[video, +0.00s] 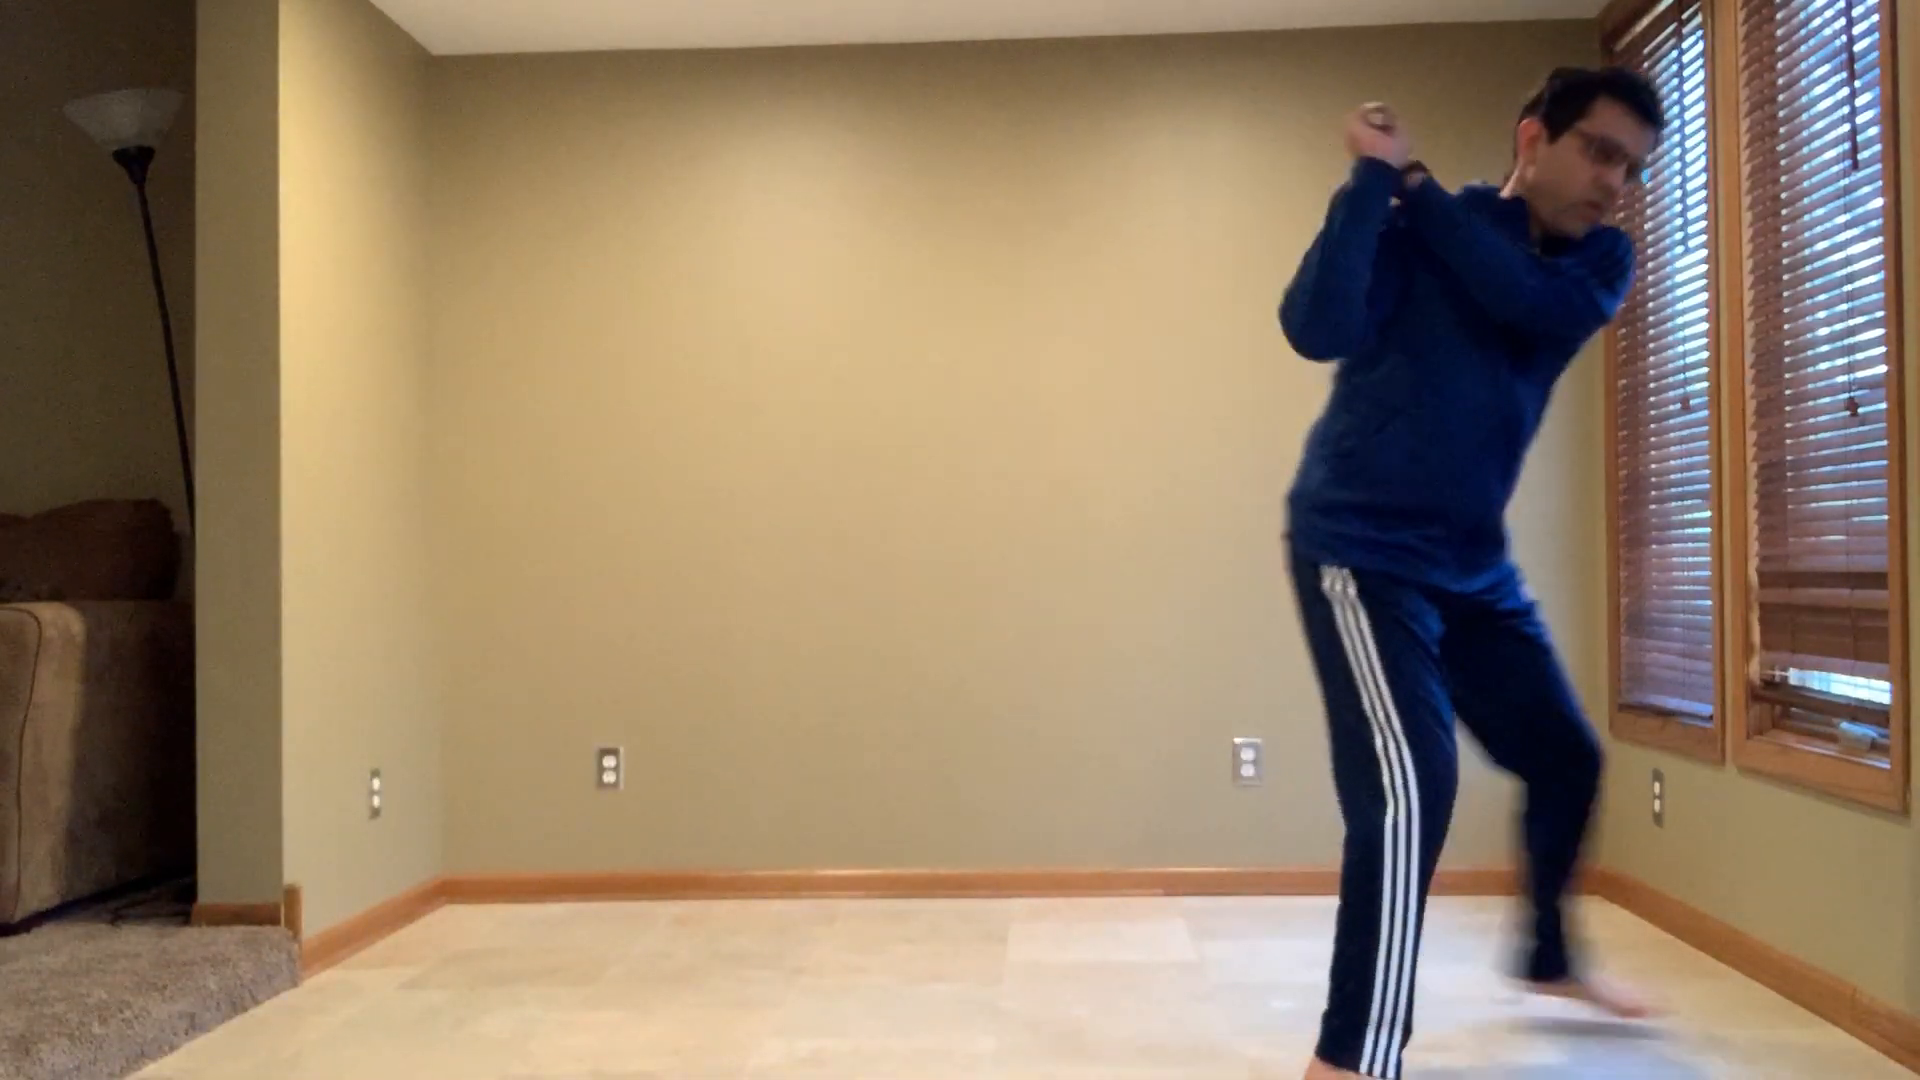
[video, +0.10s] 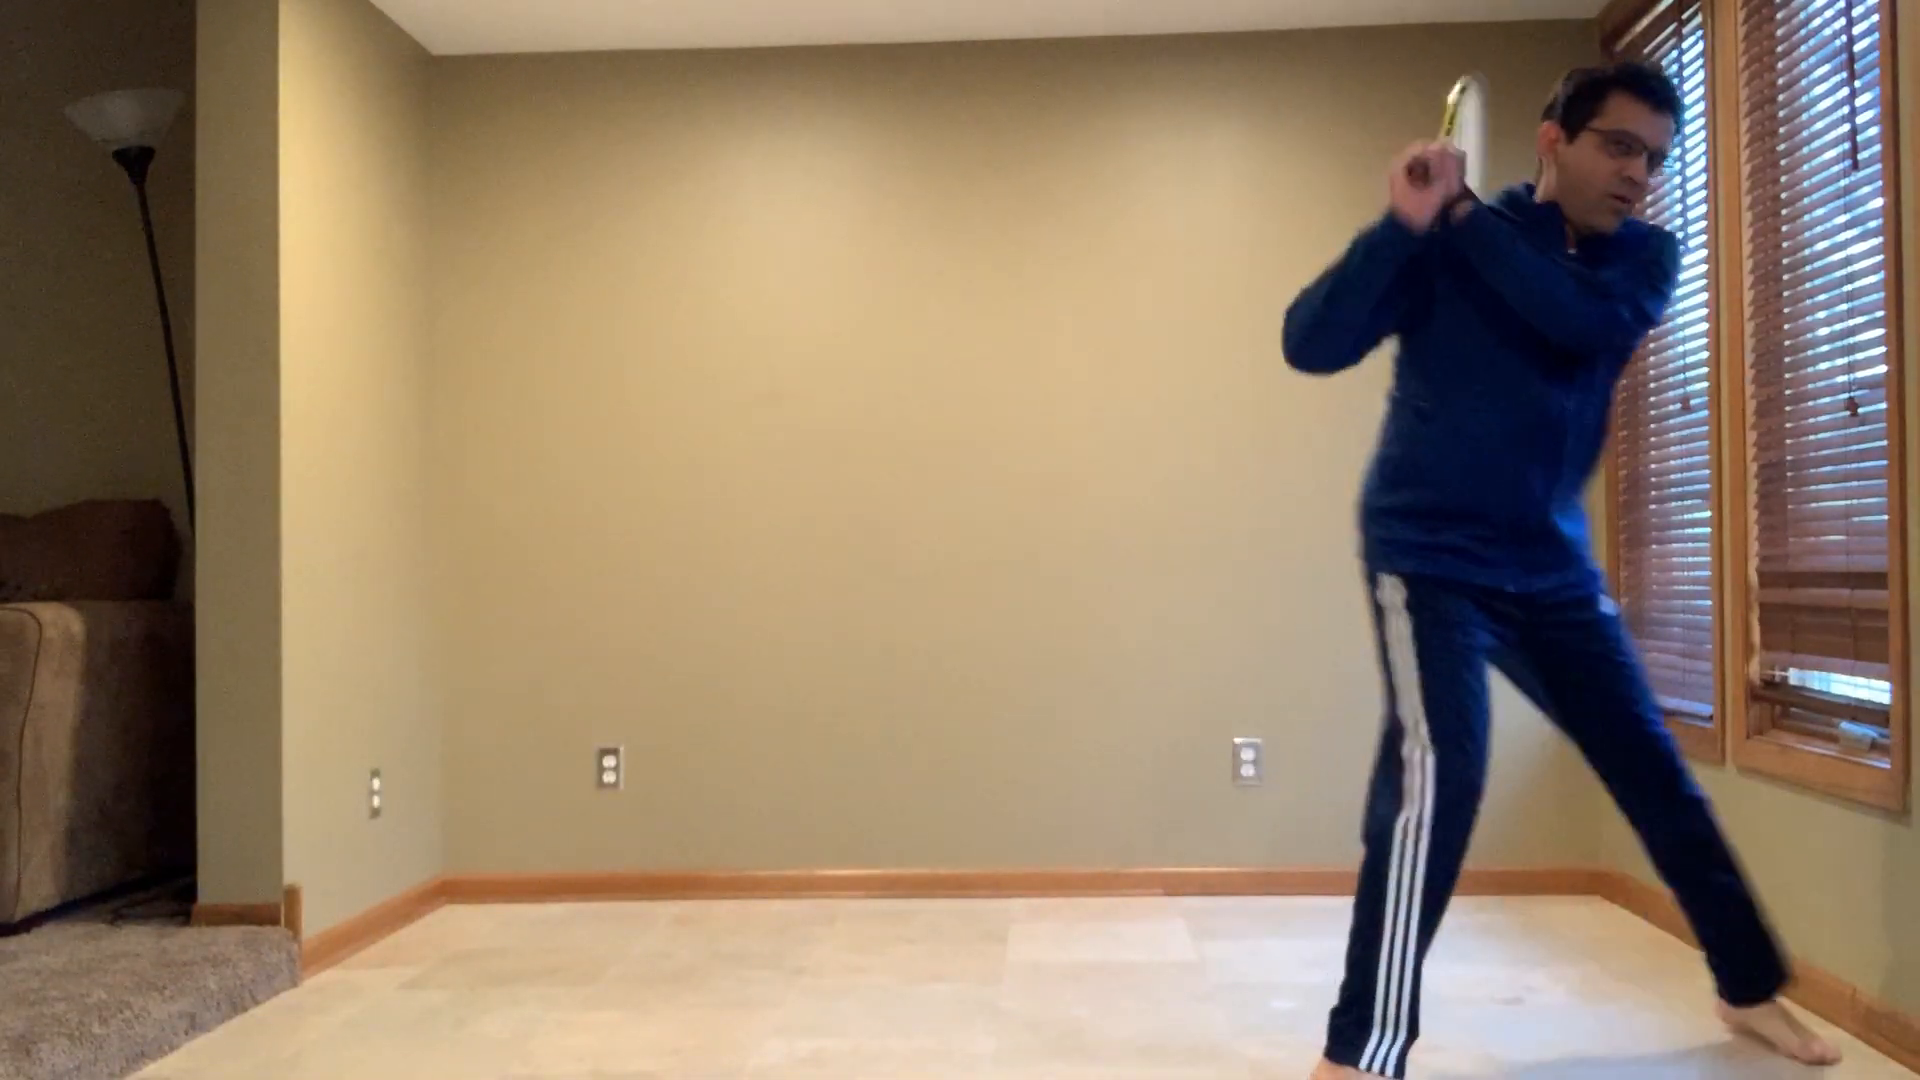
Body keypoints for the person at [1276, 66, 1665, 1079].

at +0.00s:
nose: (1616, 186)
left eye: (1634, 169)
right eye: (1601, 154)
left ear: (1636, 182)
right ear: (1532, 139)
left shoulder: (1602, 255)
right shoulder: (1418, 217)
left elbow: (1532, 313)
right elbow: (1315, 329)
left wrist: (1423, 193)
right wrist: (1369, 182)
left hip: (1470, 555)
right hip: (1357, 541)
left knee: (1566, 758)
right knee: (1408, 783)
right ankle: (1349, 1057)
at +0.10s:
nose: (1637, 175)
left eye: (1654, 159)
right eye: (1620, 148)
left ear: (1660, 170)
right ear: (1553, 139)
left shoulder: (1643, 252)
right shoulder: (1458, 229)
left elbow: (1588, 329)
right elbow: (1309, 345)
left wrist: (1459, 220)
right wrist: (1397, 227)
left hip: (1543, 550)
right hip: (1423, 542)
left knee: (1649, 763)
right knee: (1439, 776)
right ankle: (1360, 1053)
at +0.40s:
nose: (1581, 167)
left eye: (1599, 150)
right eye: (1558, 148)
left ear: (1616, 168)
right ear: (1504, 167)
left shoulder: (1645, 287)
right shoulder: (1433, 297)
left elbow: (1658, 443)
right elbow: (1361, 423)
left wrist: (1518, 460)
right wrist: (1403, 479)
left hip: (1602, 582)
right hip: (1469, 584)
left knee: (1706, 777)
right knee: (1469, 785)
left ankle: (1759, 999)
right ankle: (1417, 986)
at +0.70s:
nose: (1330, 136)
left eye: (1349, 117)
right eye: (1307, 120)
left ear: (1378, 135)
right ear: (1271, 143)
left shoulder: (1422, 253)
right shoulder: (1219, 273)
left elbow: (1467, 409)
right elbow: (1175, 432)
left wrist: (1392, 457)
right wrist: (1287, 496)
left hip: (1415, 552)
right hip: (1295, 574)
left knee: (1485, 743)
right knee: (1363, 789)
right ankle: (1454, 976)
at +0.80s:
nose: (1247, 131)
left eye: (1269, 111)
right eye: (1224, 114)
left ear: (1300, 129)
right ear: (1193, 135)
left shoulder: (1350, 249)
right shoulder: (1142, 265)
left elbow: (1389, 401)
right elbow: (1112, 420)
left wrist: (1308, 464)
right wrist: (1215, 495)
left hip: (1328, 556)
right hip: (1208, 565)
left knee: (1348, 764)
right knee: (1255, 788)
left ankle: (1324, 1008)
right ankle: (1371, 934)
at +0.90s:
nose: (1145, 157)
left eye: (1166, 138)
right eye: (1124, 139)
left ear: (1204, 158)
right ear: (1097, 162)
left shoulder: (1258, 279)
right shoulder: (1056, 297)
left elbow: (1305, 426)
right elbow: (1033, 455)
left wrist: (1202, 507)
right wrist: (1113, 527)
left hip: (1248, 578)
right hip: (1118, 584)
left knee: (1275, 790)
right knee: (1067, 773)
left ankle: (1310, 1018)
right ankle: (1134, 936)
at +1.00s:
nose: (1028, 157)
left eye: (1052, 140)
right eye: (1010, 139)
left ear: (1094, 164)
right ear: (986, 161)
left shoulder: (1150, 279)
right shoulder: (951, 299)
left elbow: (1193, 429)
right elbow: (932, 455)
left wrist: (1085, 507)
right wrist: (996, 526)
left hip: (1151, 586)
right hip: (1015, 591)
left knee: (1226, 786)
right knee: (931, 788)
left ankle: (1302, 1018)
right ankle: (876, 1001)